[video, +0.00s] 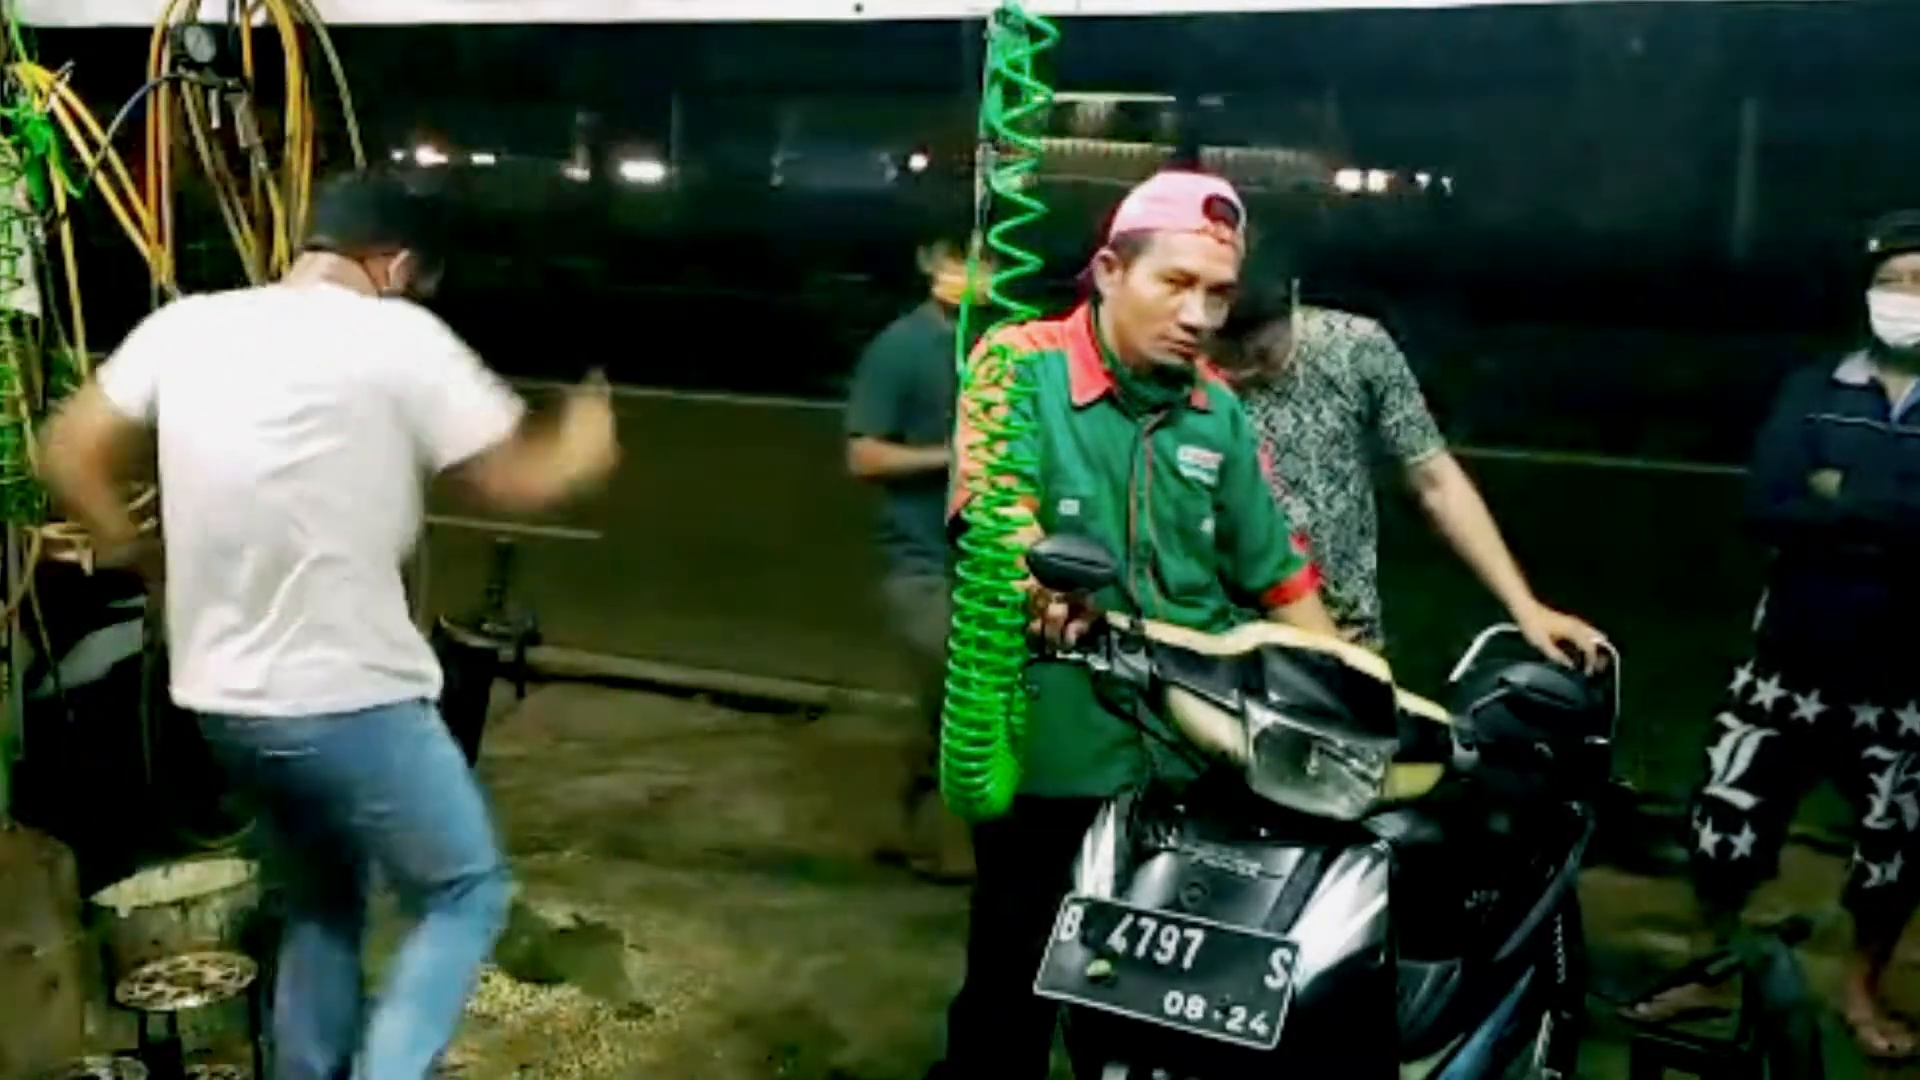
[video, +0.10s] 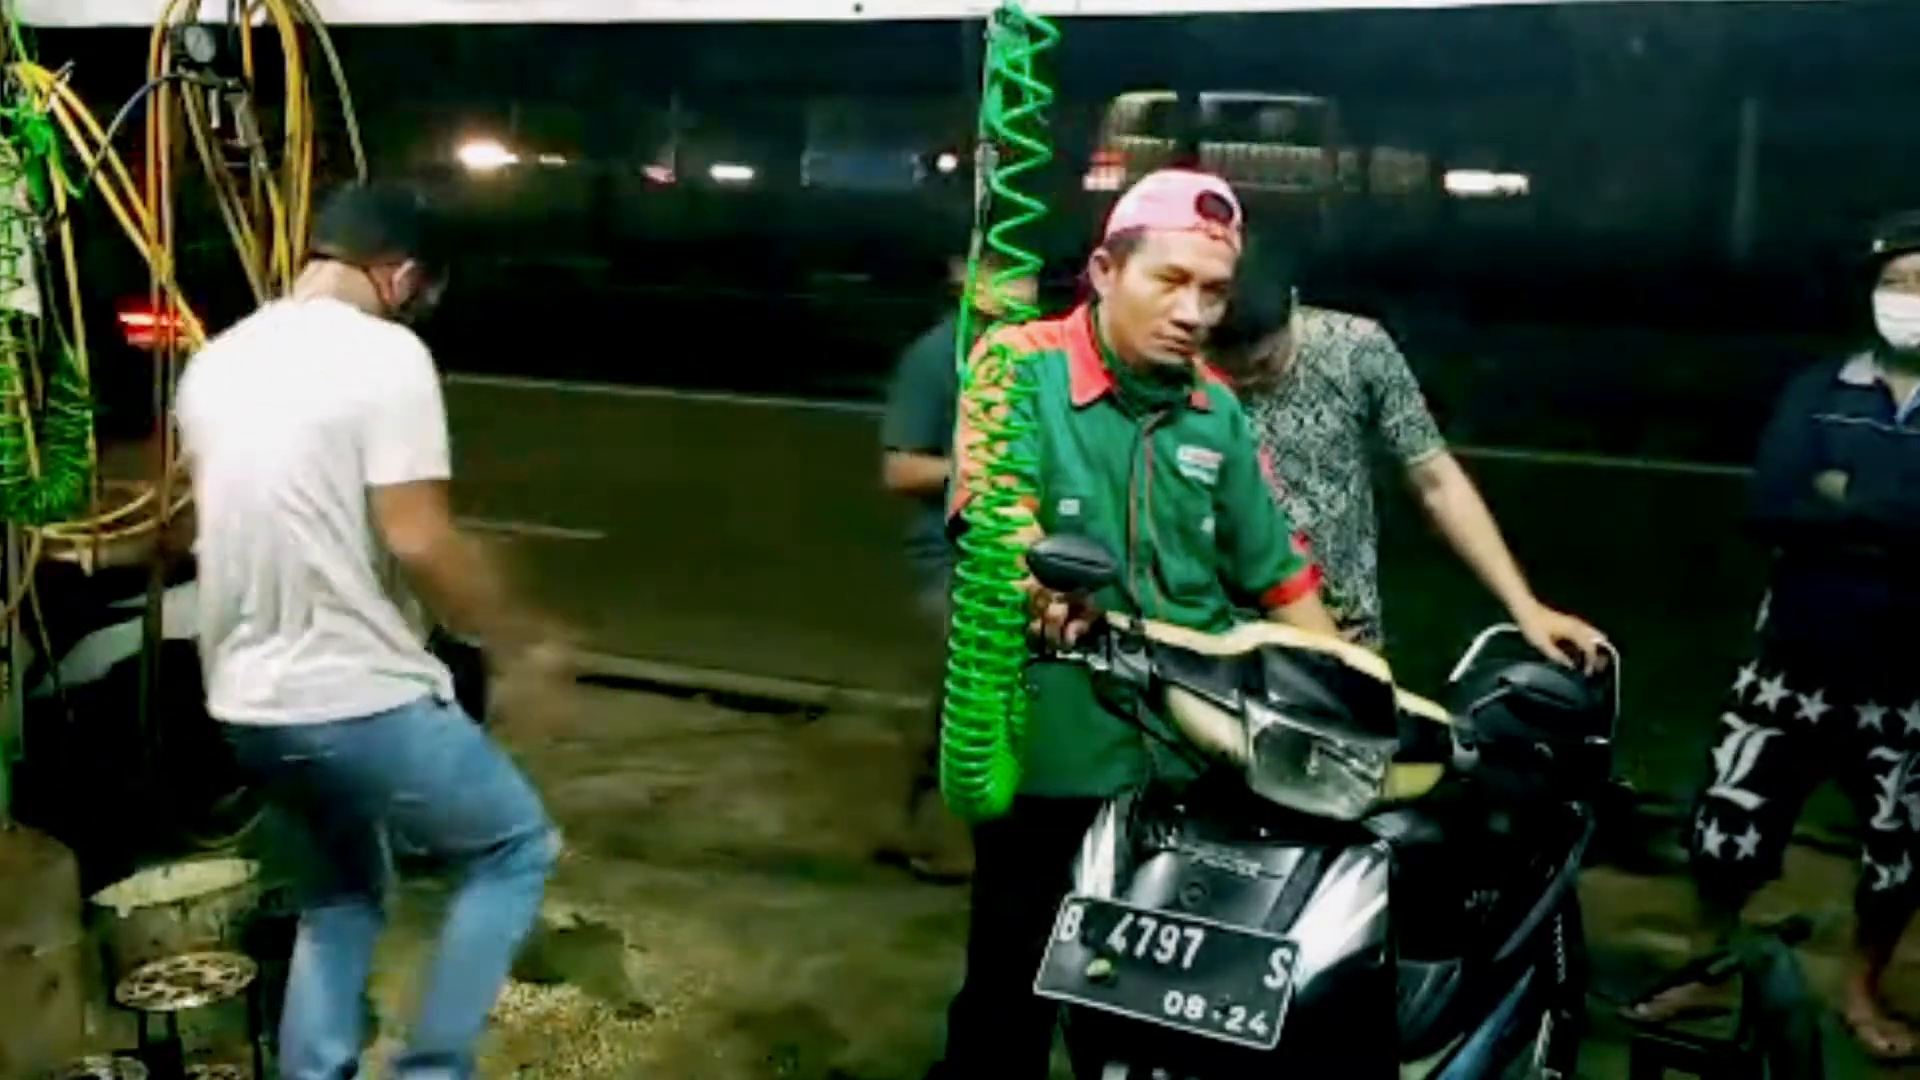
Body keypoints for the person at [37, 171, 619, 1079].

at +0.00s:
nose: (414, 292)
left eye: (415, 278)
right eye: (415, 276)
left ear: (304, 249)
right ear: (390, 261)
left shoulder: (184, 326)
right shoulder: (400, 337)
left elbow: (67, 447)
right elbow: (514, 484)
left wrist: (135, 546)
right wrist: (580, 442)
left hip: (220, 698)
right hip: (351, 698)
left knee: (317, 905)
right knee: (465, 889)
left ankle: (305, 1069)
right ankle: (385, 1067)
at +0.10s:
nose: (415, 304)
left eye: (419, 289)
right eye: (419, 287)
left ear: (317, 255)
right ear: (397, 274)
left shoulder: (215, 359)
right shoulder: (387, 355)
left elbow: (197, 514)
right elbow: (419, 539)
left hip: (246, 700)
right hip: (359, 697)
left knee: (345, 889)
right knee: (515, 846)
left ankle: (311, 1069)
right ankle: (436, 1062)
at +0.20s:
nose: (435, 296)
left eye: (442, 280)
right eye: (439, 277)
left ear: (333, 251)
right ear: (408, 261)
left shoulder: (266, 351)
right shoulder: (375, 341)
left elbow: (409, 482)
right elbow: (340, 511)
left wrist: (540, 431)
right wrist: (375, 689)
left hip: (285, 696)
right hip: (391, 693)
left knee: (359, 891)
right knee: (528, 845)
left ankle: (314, 1070)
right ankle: (486, 1061)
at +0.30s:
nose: (476, 287)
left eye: (483, 269)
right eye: (470, 265)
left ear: (396, 248)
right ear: (418, 245)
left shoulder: (360, 332)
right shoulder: (366, 327)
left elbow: (487, 403)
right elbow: (282, 468)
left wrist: (588, 332)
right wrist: (310, 647)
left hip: (348, 686)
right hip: (419, 684)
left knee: (371, 886)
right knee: (515, 877)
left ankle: (319, 1069)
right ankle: (509, 1063)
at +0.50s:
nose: (524, 268)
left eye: (537, 249)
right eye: (505, 243)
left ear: (546, 238)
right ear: (435, 228)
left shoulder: (467, 314)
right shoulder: (406, 308)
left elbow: (566, 354)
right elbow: (295, 429)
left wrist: (630, 353)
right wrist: (352, 598)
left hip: (431, 670)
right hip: (471, 670)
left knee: (432, 860)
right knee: (545, 881)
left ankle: (344, 1061)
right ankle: (518, 1061)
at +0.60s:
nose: (553, 271)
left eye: (566, 251)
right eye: (532, 246)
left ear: (576, 244)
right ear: (463, 235)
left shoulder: (503, 330)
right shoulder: (439, 337)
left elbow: (566, 431)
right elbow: (375, 507)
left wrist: (655, 490)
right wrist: (434, 663)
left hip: (523, 659)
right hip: (492, 672)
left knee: (507, 856)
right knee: (578, 881)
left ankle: (369, 1042)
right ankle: (522, 1060)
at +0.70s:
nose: (571, 280)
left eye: (586, 261)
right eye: (550, 255)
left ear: (599, 264)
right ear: (487, 250)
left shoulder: (516, 362)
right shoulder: (472, 367)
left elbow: (551, 530)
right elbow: (461, 541)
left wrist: (632, 610)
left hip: (545, 668)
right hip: (491, 687)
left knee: (633, 821)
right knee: (596, 887)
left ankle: (466, 975)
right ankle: (526, 1058)